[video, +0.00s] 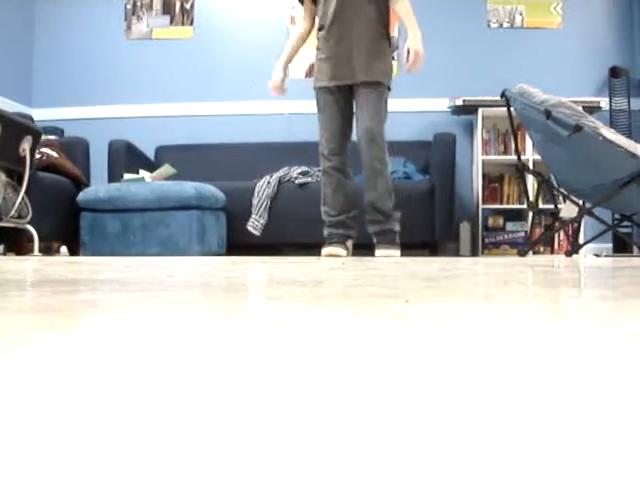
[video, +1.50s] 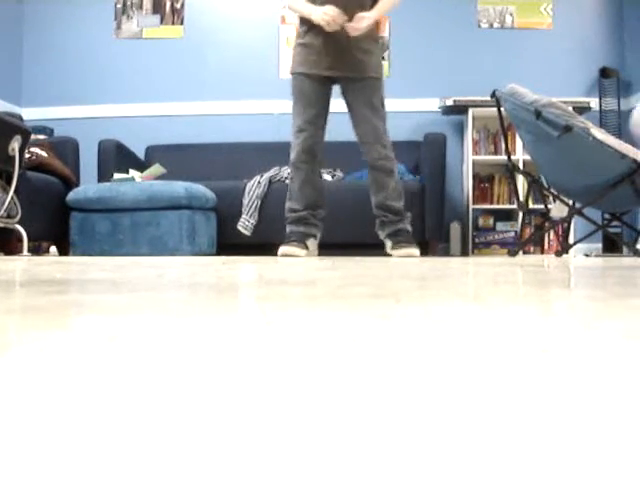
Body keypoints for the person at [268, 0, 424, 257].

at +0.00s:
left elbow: (399, 4)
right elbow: (305, 24)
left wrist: (415, 35)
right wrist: (282, 64)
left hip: (373, 60)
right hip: (328, 64)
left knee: (372, 143)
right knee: (331, 154)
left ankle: (385, 235)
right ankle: (337, 236)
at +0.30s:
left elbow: (400, 3)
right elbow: (310, 8)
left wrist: (382, 25)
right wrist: (297, 39)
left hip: (380, 56)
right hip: (332, 59)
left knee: (401, 146)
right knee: (334, 155)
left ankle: (414, 233)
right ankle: (337, 237)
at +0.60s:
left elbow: (426, 1)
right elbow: (325, 6)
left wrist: (394, 23)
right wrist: (359, 23)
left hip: (398, 56)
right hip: (350, 57)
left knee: (405, 151)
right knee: (344, 152)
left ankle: (412, 237)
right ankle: (338, 237)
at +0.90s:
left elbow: (434, 5)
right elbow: (346, 1)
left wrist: (415, 21)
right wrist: (378, 13)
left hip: (404, 46)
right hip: (359, 42)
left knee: (403, 142)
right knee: (361, 135)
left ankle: (405, 235)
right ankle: (367, 235)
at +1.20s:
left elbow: (431, 4)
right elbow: (341, 2)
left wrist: (415, 19)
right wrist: (371, 12)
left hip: (400, 45)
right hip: (352, 40)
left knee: (400, 141)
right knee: (344, 132)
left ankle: (403, 234)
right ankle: (329, 231)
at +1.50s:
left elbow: (393, 2)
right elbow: (289, 3)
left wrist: (372, 15)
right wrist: (314, 12)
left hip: (362, 44)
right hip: (312, 44)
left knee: (377, 146)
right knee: (304, 145)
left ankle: (397, 234)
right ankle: (301, 235)